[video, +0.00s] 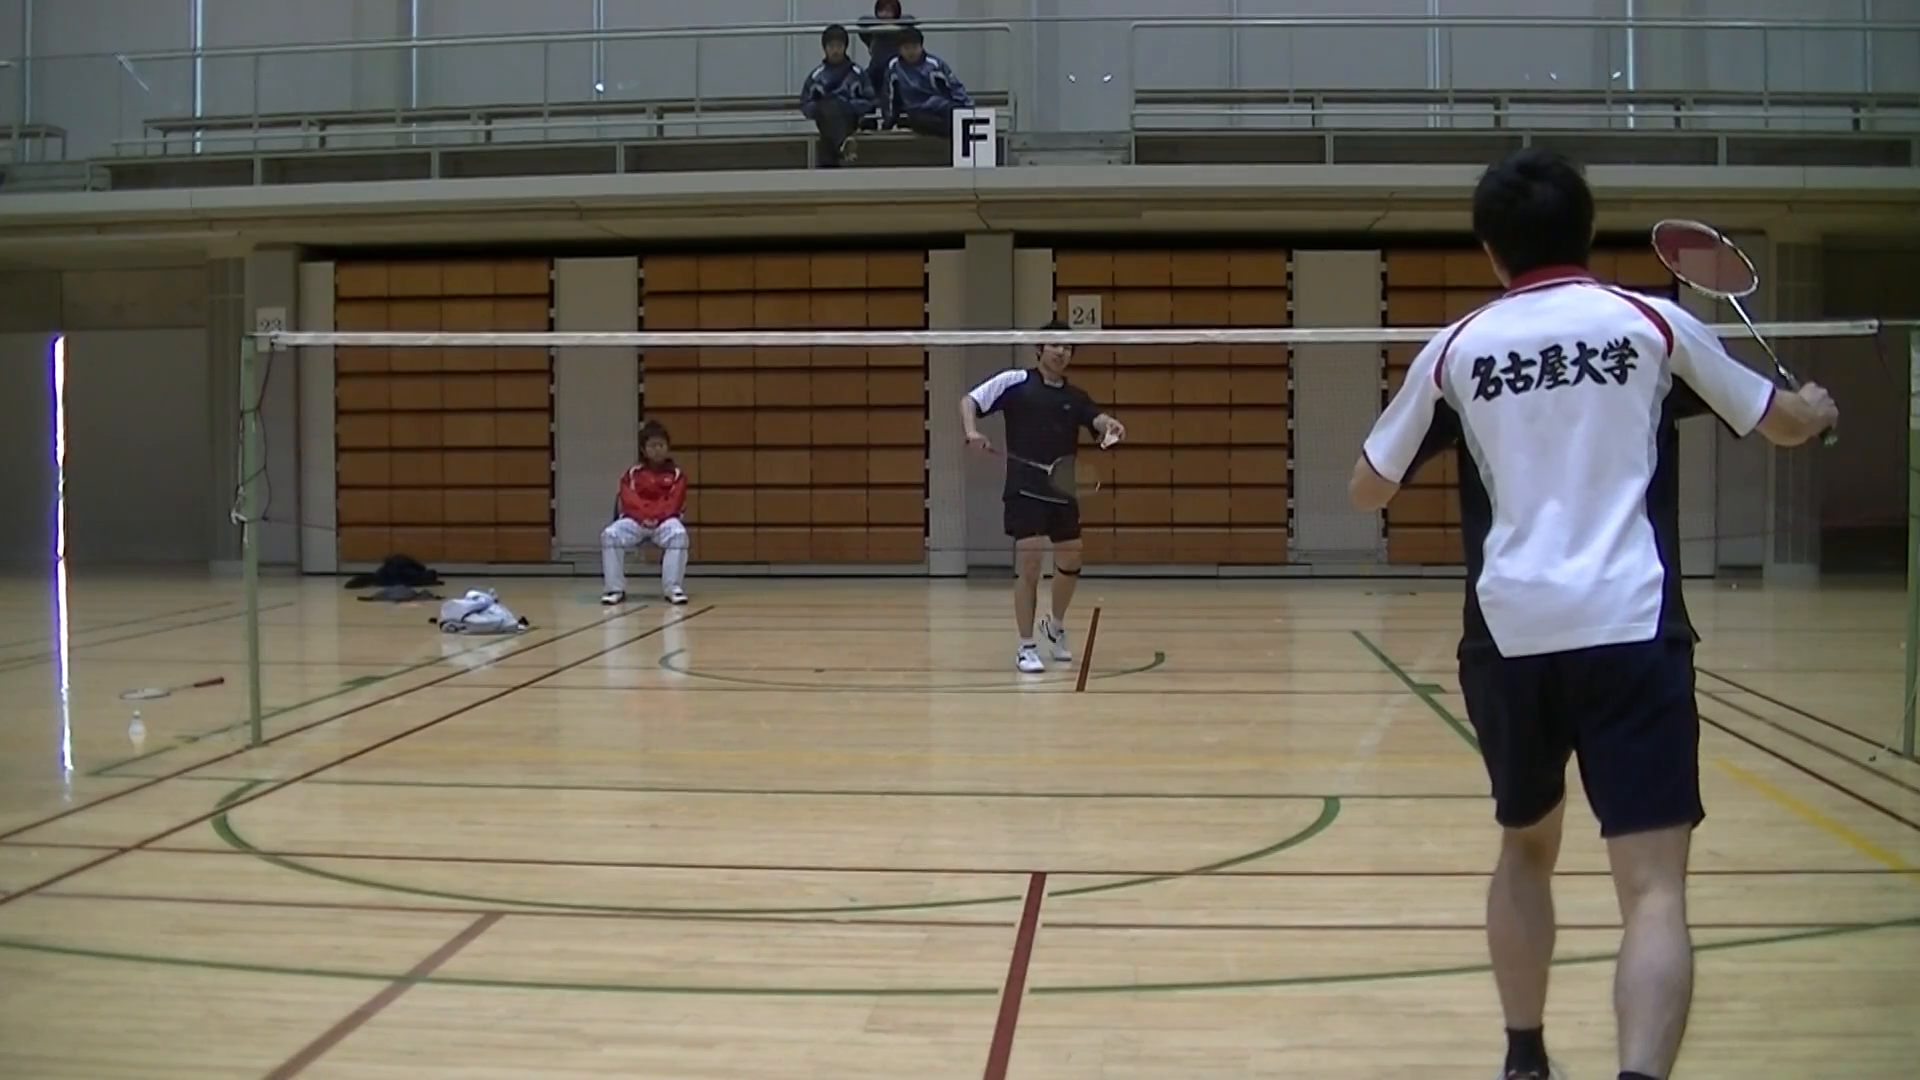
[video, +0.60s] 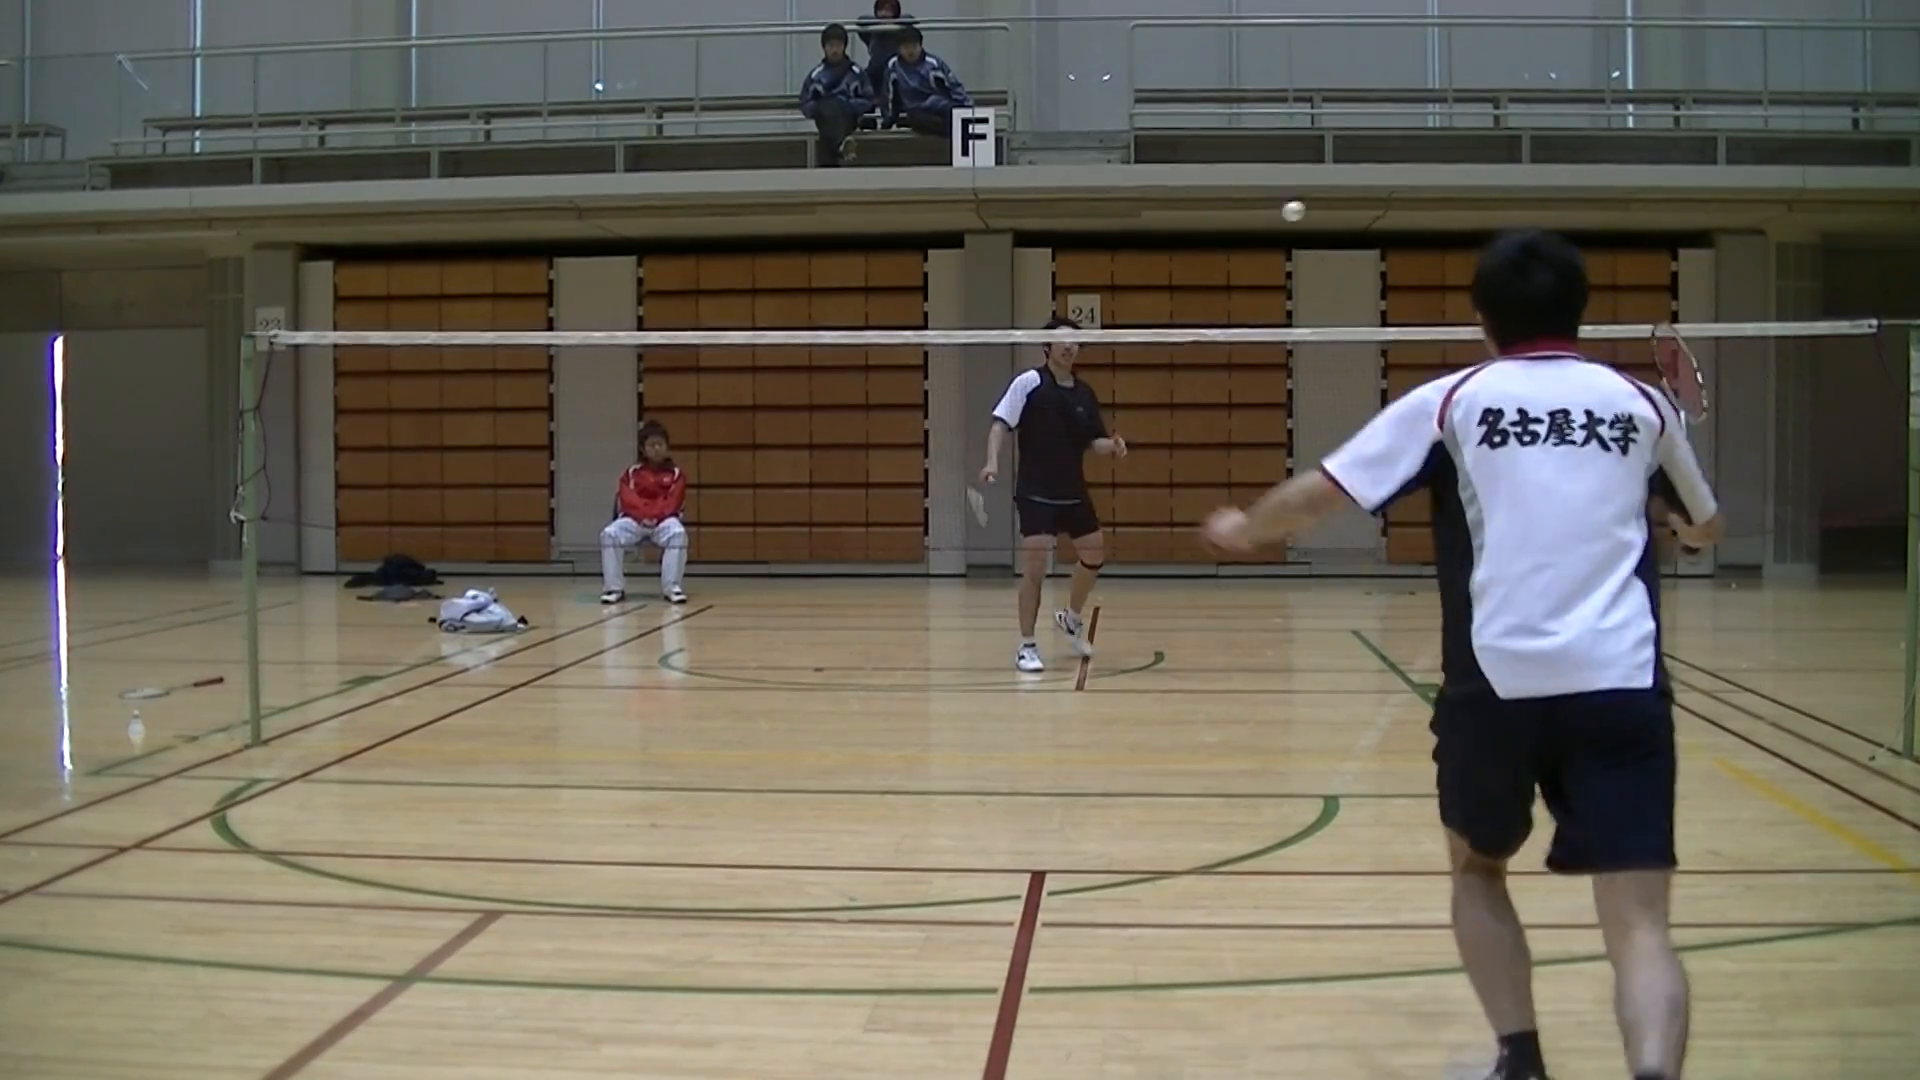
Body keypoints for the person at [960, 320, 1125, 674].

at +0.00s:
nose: (1062, 353)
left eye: (1067, 348)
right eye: (1056, 346)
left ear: (1071, 354)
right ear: (1040, 350)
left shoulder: (1075, 395)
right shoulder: (1015, 381)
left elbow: (1100, 419)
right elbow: (969, 402)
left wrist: (1113, 428)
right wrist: (972, 431)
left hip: (1062, 488)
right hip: (1025, 487)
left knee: (1070, 561)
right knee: (1030, 563)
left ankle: (1055, 627)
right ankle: (1026, 646)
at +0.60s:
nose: (1068, 353)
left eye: (1073, 347)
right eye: (1061, 347)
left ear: (1079, 350)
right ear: (1047, 348)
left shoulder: (1083, 392)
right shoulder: (1028, 382)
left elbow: (1094, 442)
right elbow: (1000, 424)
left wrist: (1111, 445)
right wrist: (992, 462)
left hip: (1072, 488)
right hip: (1036, 488)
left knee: (1094, 554)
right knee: (1035, 565)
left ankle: (1072, 617)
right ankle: (1027, 646)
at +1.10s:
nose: (1113, 358)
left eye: (1119, 353)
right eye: (1107, 351)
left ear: (1124, 359)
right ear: (1094, 355)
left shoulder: (1119, 395)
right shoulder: (1073, 389)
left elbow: (1111, 442)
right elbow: (1045, 439)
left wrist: (1135, 471)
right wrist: (1036, 488)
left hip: (1096, 483)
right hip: (1066, 482)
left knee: (1107, 553)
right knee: (1078, 547)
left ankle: (1092, 628)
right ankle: (1057, 635)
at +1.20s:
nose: (1124, 364)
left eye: (1130, 359)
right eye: (1118, 357)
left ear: (1136, 365)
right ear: (1105, 360)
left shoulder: (1131, 400)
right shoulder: (1087, 394)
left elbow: (1124, 447)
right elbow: (1058, 447)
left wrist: (1152, 475)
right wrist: (1051, 499)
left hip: (1108, 491)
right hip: (1080, 489)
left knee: (1120, 551)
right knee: (1094, 552)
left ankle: (1098, 625)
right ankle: (1073, 638)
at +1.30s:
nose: (1159, 387)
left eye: (1164, 381)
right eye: (1153, 380)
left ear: (1169, 386)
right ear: (1139, 383)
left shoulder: (1168, 423)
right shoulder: (1122, 420)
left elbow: (1178, 466)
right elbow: (1092, 468)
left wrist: (1211, 480)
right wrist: (1085, 520)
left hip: (1143, 508)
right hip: (1115, 506)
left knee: (1155, 572)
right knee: (1133, 565)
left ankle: (1122, 631)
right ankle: (1108, 641)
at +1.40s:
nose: (1168, 403)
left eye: (1173, 397)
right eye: (1161, 396)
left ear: (1180, 402)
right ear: (1147, 400)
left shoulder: (1183, 440)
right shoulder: (1131, 436)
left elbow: (1218, 471)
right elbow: (1102, 482)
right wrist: (1089, 531)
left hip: (1150, 522)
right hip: (1120, 519)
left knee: (1159, 586)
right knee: (1137, 575)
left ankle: (1127, 633)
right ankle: (1111, 640)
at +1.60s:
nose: (1175, 386)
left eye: (1179, 381)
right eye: (1168, 380)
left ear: (1184, 388)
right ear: (1151, 387)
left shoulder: (1186, 426)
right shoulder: (1138, 426)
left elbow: (1204, 444)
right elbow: (1126, 483)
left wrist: (1247, 432)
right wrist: (1141, 526)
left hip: (1166, 517)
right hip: (1132, 514)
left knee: (1175, 583)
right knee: (1116, 584)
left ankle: (1125, 617)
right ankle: (1090, 641)